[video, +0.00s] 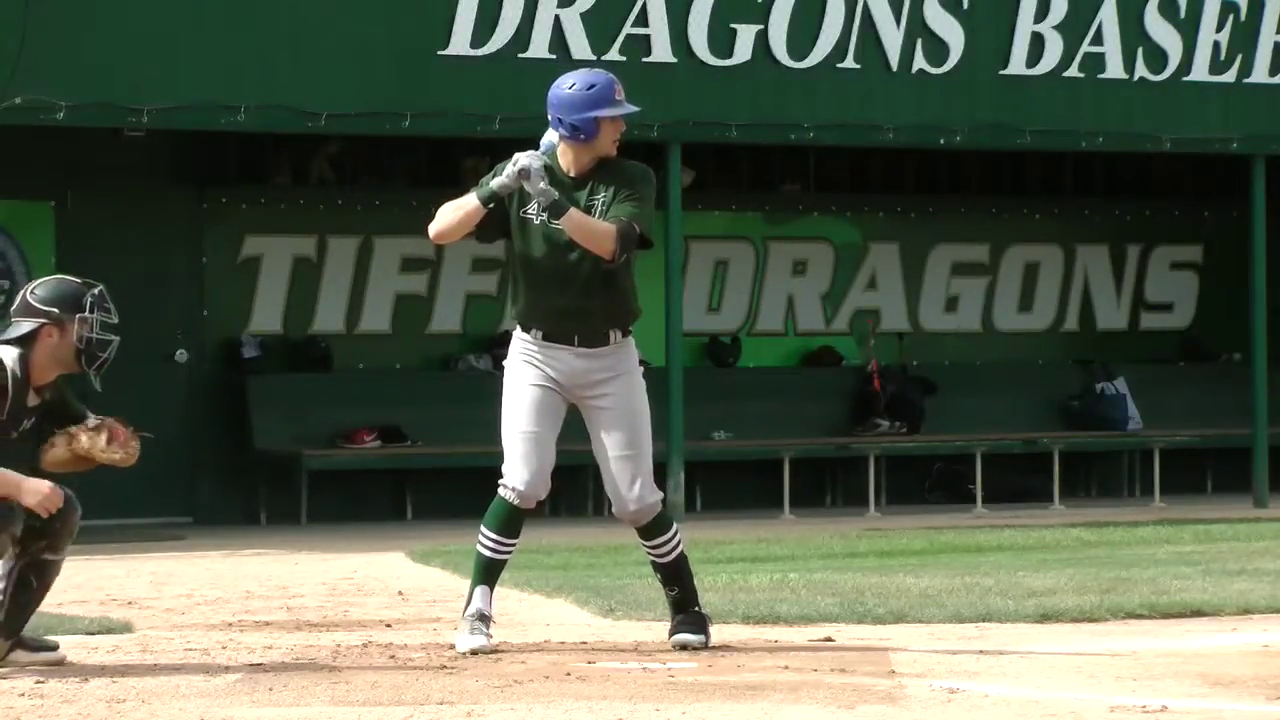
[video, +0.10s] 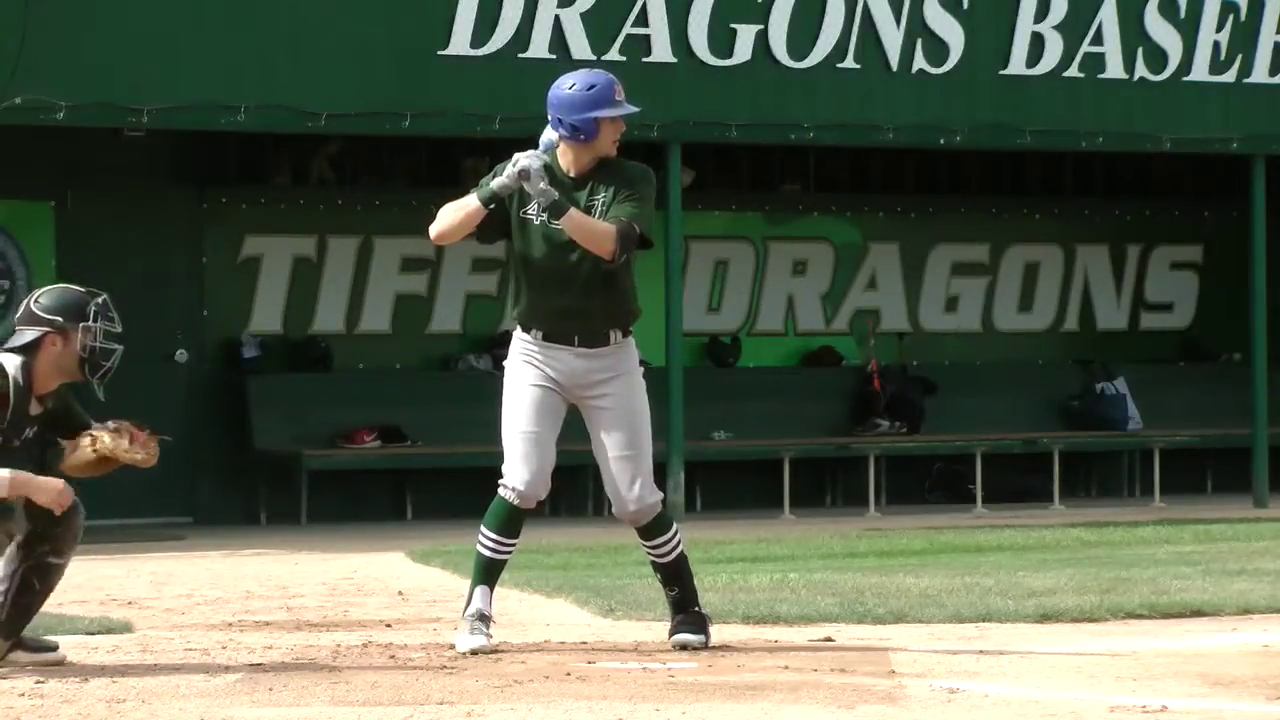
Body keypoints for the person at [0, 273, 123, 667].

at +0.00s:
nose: (91, 338)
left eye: (91, 329)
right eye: (83, 329)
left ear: (51, 335)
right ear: (49, 333)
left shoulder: (48, 385)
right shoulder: (3, 373)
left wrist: (100, 434)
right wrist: (20, 485)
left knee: (61, 510)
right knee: (8, 519)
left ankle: (7, 636)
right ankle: (4, 633)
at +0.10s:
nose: (94, 347)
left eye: (94, 338)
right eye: (86, 337)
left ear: (54, 344)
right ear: (52, 342)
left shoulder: (50, 391)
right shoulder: (5, 381)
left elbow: (68, 457)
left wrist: (113, 445)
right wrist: (27, 485)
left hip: (8, 499)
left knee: (62, 513)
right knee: (8, 519)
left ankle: (7, 634)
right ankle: (4, 633)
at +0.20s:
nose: (96, 356)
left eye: (97, 346)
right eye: (89, 346)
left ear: (56, 352)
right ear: (54, 350)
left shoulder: (53, 401)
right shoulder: (5, 388)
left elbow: (92, 457)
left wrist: (132, 447)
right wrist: (39, 483)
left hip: (6, 506)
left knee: (63, 516)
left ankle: (7, 635)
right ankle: (6, 633)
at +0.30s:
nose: (98, 363)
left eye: (98, 353)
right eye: (90, 352)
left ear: (58, 357)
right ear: (55, 355)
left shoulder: (55, 408)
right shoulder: (4, 393)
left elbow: (97, 461)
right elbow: (5, 478)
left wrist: (140, 451)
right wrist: (52, 484)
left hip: (6, 511)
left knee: (64, 515)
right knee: (57, 517)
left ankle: (7, 636)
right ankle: (7, 634)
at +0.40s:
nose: (98, 366)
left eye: (98, 356)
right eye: (90, 356)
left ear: (59, 362)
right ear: (57, 360)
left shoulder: (55, 415)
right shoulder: (4, 398)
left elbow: (98, 460)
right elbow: (4, 482)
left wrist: (147, 456)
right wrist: (62, 484)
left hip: (6, 515)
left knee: (67, 519)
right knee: (60, 520)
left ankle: (6, 634)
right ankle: (6, 634)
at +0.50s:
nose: (98, 371)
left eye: (98, 361)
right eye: (90, 361)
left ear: (58, 367)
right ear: (55, 364)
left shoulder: (56, 417)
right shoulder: (5, 401)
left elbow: (94, 461)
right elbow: (6, 485)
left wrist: (139, 467)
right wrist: (68, 484)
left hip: (7, 514)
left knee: (66, 518)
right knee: (61, 519)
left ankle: (7, 636)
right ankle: (7, 636)